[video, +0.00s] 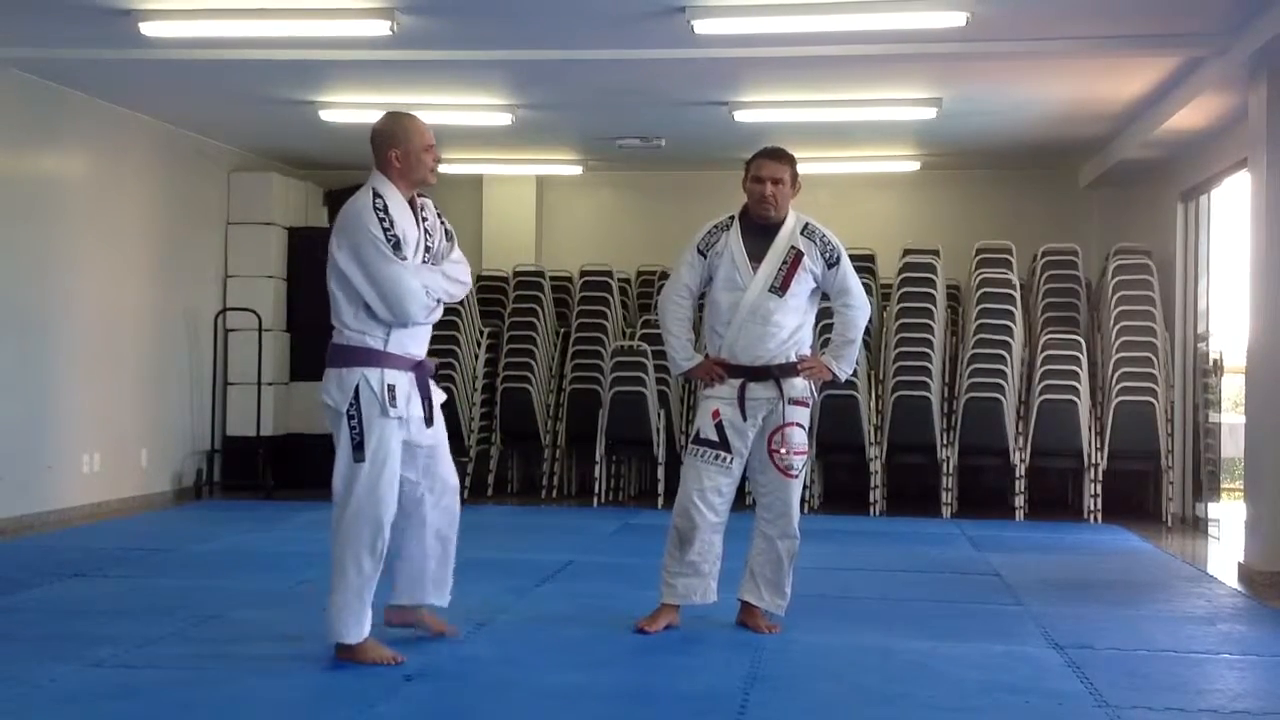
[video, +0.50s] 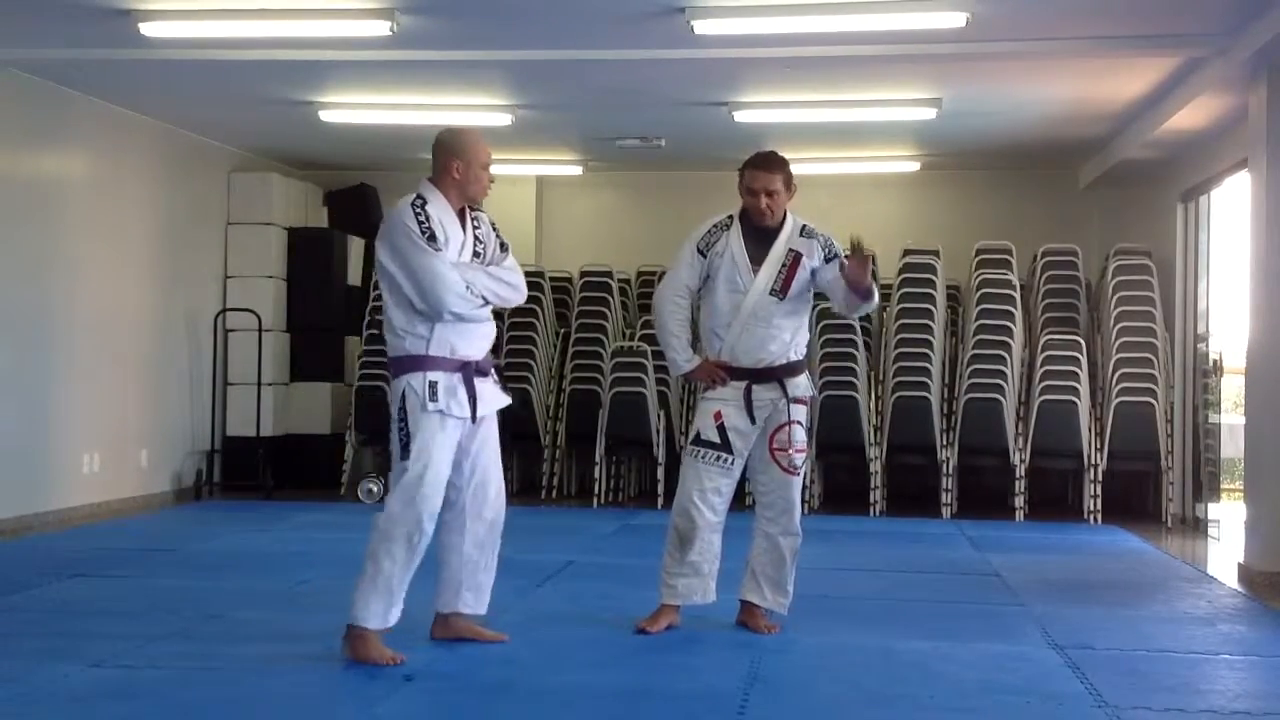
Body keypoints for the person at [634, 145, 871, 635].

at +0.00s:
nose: (767, 191)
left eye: (778, 183)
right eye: (758, 181)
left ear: (794, 189)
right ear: (744, 185)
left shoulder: (818, 244)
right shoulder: (713, 238)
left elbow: (854, 305)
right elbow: (674, 299)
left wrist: (836, 362)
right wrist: (688, 357)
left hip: (788, 391)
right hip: (722, 386)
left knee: (780, 507)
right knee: (696, 500)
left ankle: (756, 605)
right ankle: (672, 603)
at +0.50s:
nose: (763, 203)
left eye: (773, 194)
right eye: (754, 193)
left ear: (790, 194)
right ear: (740, 191)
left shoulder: (814, 244)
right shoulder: (713, 237)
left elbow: (851, 304)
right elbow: (669, 298)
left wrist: (860, 287)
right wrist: (687, 360)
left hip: (787, 390)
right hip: (722, 386)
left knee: (780, 506)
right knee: (695, 501)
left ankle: (757, 604)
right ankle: (672, 602)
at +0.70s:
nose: (765, 203)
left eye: (775, 194)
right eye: (756, 193)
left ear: (790, 195)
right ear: (740, 191)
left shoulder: (806, 238)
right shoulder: (711, 236)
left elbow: (860, 262)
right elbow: (668, 298)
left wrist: (847, 213)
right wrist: (686, 361)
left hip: (784, 388)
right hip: (720, 386)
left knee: (779, 506)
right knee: (694, 502)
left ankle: (757, 604)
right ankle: (672, 603)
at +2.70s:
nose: (747, 201)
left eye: (759, 196)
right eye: (745, 190)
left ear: (786, 200)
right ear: (742, 186)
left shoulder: (810, 239)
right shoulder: (717, 236)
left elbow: (853, 221)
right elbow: (676, 296)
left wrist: (810, 182)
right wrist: (687, 357)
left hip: (787, 389)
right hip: (723, 386)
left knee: (780, 506)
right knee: (696, 501)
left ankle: (755, 606)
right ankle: (672, 604)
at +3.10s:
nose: (736, 202)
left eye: (746, 195)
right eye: (733, 192)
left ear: (775, 195)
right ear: (731, 188)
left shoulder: (807, 240)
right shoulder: (712, 238)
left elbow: (866, 285)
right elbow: (674, 302)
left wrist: (825, 247)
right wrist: (687, 360)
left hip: (785, 389)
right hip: (721, 386)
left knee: (780, 506)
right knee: (696, 502)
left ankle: (756, 605)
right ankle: (672, 604)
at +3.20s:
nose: (733, 203)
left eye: (743, 196)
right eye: (729, 194)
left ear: (771, 194)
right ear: (725, 190)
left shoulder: (809, 239)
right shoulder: (709, 240)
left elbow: (861, 282)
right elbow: (674, 303)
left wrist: (846, 311)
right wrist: (687, 360)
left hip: (786, 390)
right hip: (722, 387)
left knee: (780, 506)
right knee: (696, 501)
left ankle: (756, 605)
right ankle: (672, 604)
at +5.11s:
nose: (765, 194)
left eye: (776, 185)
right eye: (757, 183)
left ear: (794, 192)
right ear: (743, 187)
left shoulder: (818, 245)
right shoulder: (713, 238)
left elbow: (854, 306)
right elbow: (673, 300)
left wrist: (834, 364)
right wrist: (687, 359)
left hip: (785, 392)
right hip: (720, 387)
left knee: (779, 509)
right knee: (695, 502)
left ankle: (756, 607)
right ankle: (672, 605)